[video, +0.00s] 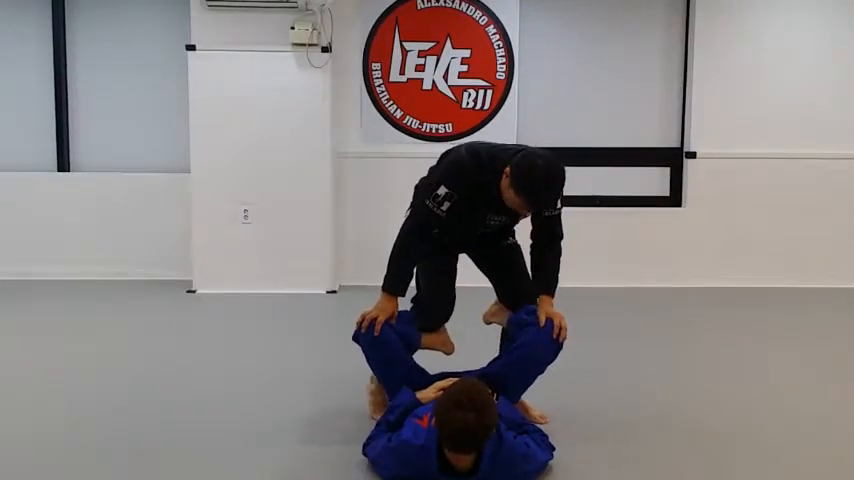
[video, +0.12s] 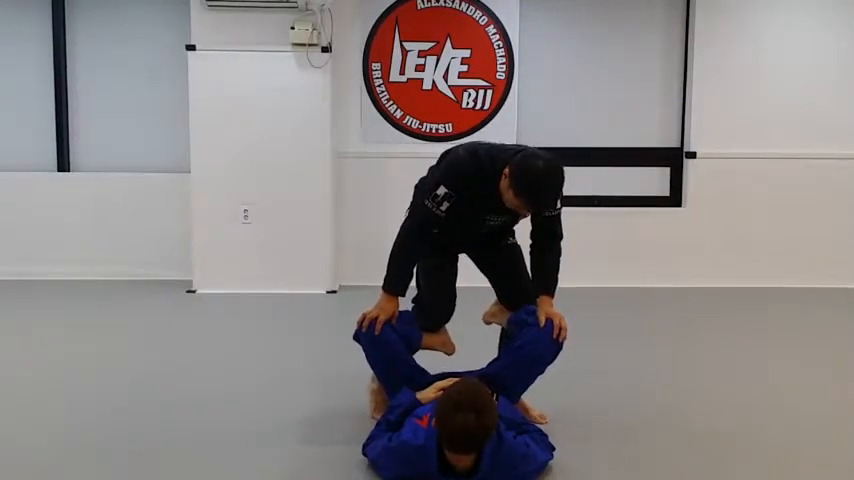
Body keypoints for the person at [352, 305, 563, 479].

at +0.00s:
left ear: (435, 421)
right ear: (495, 419)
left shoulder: (408, 451)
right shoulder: (515, 456)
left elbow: (373, 444)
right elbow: (539, 441)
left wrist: (414, 398)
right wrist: (507, 403)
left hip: (424, 395)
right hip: (492, 393)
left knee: (370, 329)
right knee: (548, 331)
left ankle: (431, 336)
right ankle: (508, 312)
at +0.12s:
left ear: (435, 421)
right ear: (495, 419)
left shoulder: (409, 451)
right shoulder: (514, 456)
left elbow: (373, 444)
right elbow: (539, 440)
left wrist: (414, 398)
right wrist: (507, 403)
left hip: (424, 396)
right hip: (492, 392)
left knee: (371, 328)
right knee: (548, 330)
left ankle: (434, 337)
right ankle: (508, 313)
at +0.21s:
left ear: (435, 421)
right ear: (495, 420)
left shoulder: (408, 451)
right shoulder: (515, 456)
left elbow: (373, 444)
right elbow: (538, 439)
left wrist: (414, 398)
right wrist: (507, 403)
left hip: (423, 396)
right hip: (492, 392)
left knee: (371, 328)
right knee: (548, 331)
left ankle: (435, 337)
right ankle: (509, 313)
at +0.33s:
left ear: (436, 421)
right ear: (495, 419)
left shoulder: (408, 452)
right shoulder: (515, 456)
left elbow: (373, 445)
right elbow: (539, 441)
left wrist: (414, 398)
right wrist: (507, 404)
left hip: (423, 397)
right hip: (493, 393)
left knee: (373, 328)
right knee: (548, 331)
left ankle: (437, 340)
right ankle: (508, 314)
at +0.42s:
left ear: (436, 421)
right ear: (496, 420)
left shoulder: (408, 452)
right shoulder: (515, 456)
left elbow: (373, 445)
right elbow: (539, 441)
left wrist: (414, 398)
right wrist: (507, 404)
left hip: (423, 396)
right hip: (493, 393)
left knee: (374, 327)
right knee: (549, 331)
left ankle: (437, 341)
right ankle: (510, 314)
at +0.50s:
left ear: (436, 421)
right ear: (496, 420)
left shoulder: (408, 452)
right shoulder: (515, 456)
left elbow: (373, 444)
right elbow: (539, 440)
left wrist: (414, 398)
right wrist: (505, 404)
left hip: (423, 397)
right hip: (493, 394)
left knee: (374, 327)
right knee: (550, 331)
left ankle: (438, 343)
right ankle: (510, 315)